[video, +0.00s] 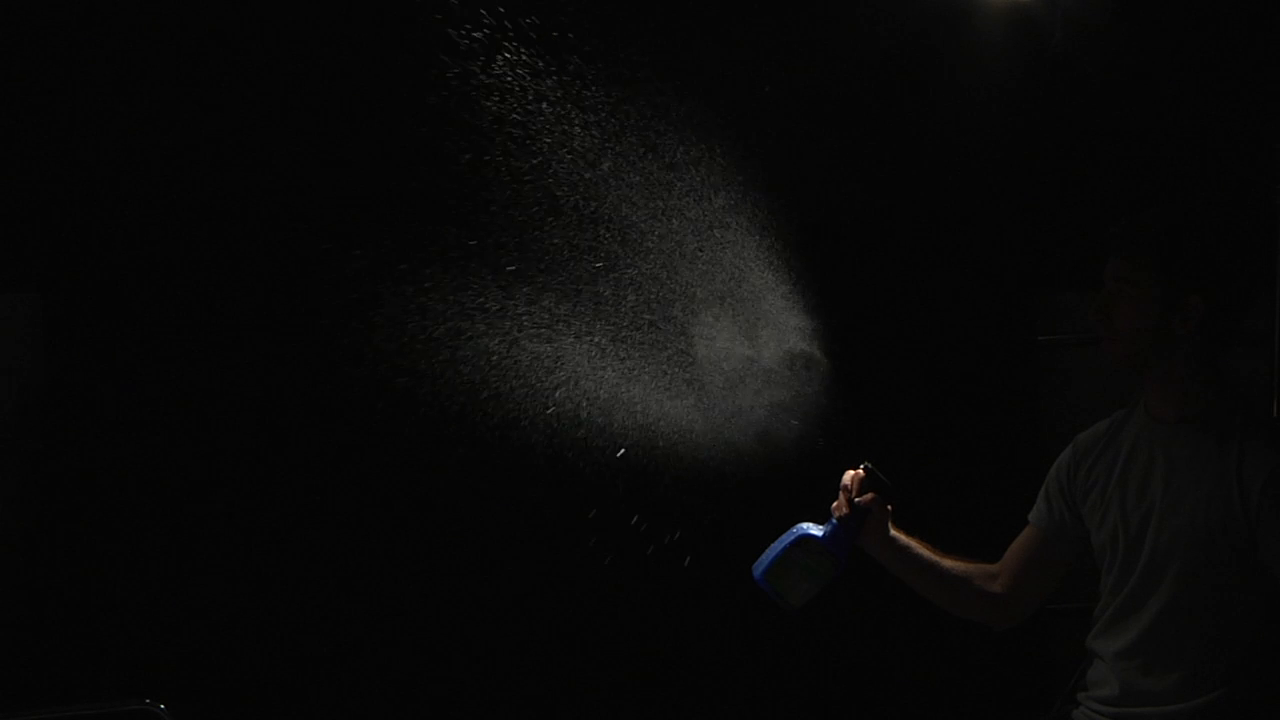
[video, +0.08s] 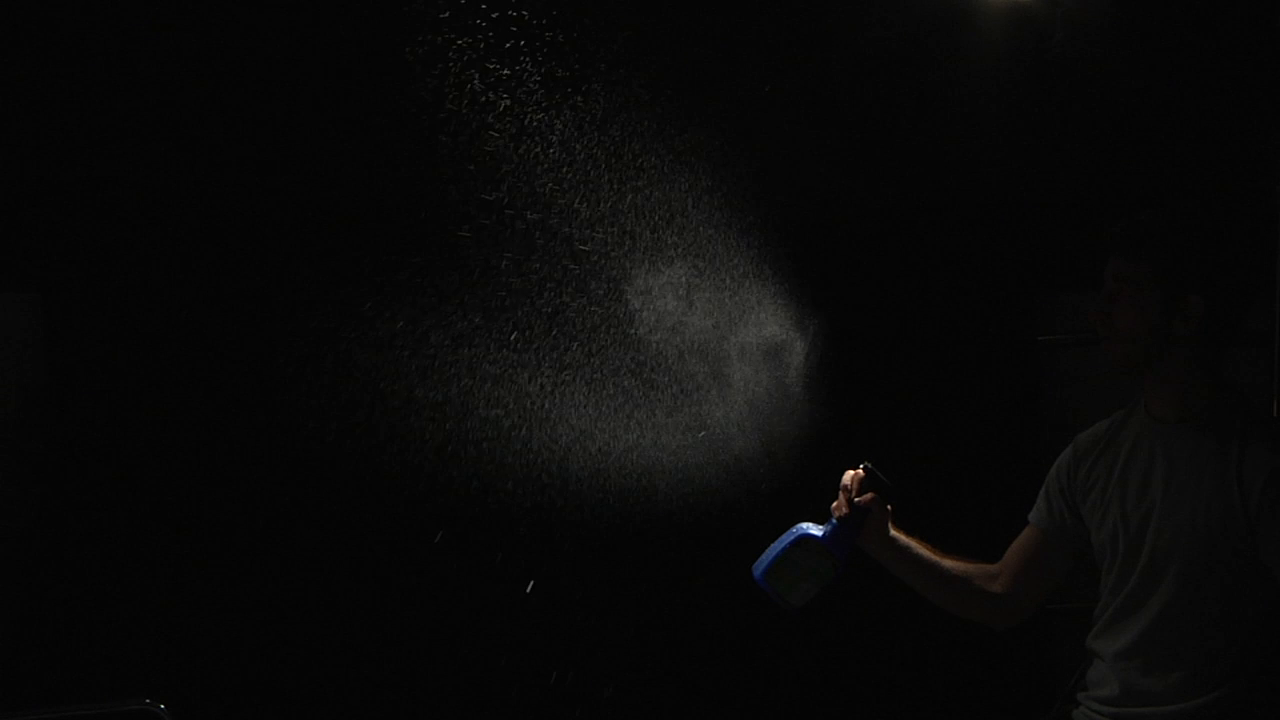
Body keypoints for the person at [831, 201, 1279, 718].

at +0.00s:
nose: (1105, 312)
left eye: (1126, 294)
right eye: (1109, 293)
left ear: (1185, 310)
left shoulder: (1253, 445)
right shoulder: (1094, 457)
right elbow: (1003, 592)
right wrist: (885, 539)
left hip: (1221, 698)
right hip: (1106, 699)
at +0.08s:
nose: (1104, 312)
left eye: (1125, 293)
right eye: (1108, 292)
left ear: (1185, 309)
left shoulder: (1253, 445)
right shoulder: (1094, 457)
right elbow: (1003, 592)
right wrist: (884, 538)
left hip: (1225, 698)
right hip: (1107, 700)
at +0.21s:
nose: (1106, 314)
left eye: (1126, 295)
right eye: (1109, 295)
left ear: (1185, 310)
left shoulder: (1252, 443)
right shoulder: (1094, 457)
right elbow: (1003, 592)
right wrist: (884, 539)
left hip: (1221, 699)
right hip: (1106, 701)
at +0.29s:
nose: (1104, 312)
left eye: (1123, 293)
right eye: (1108, 293)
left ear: (1184, 308)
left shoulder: (1251, 441)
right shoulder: (1094, 456)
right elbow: (1002, 593)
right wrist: (883, 538)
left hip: (1224, 697)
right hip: (1108, 700)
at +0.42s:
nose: (1105, 313)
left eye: (1125, 293)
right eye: (1110, 292)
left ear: (1185, 309)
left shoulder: (1251, 443)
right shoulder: (1094, 456)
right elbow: (1004, 590)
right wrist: (883, 538)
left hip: (1222, 698)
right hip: (1106, 701)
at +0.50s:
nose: (1107, 312)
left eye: (1125, 293)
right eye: (1111, 293)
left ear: (1186, 309)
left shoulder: (1253, 445)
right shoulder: (1094, 456)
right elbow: (1003, 591)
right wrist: (884, 538)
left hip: (1223, 697)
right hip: (1106, 700)